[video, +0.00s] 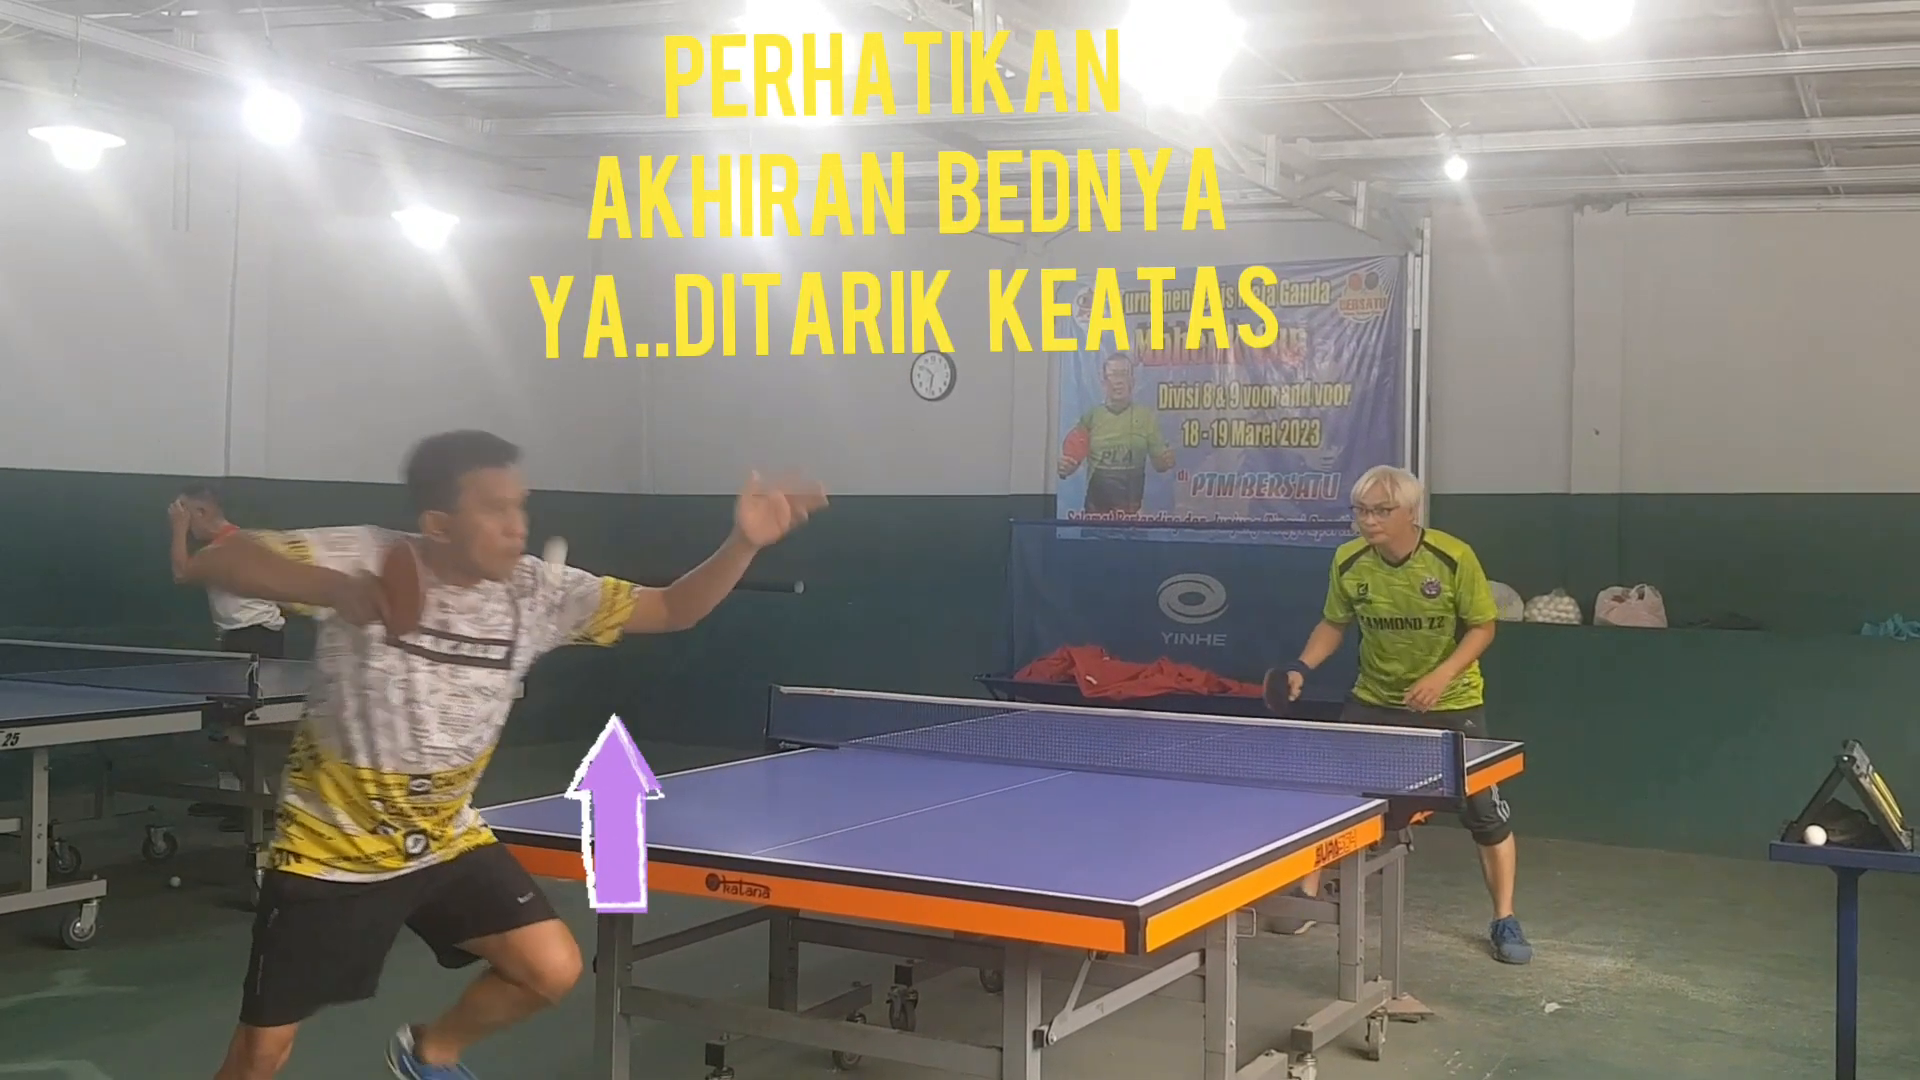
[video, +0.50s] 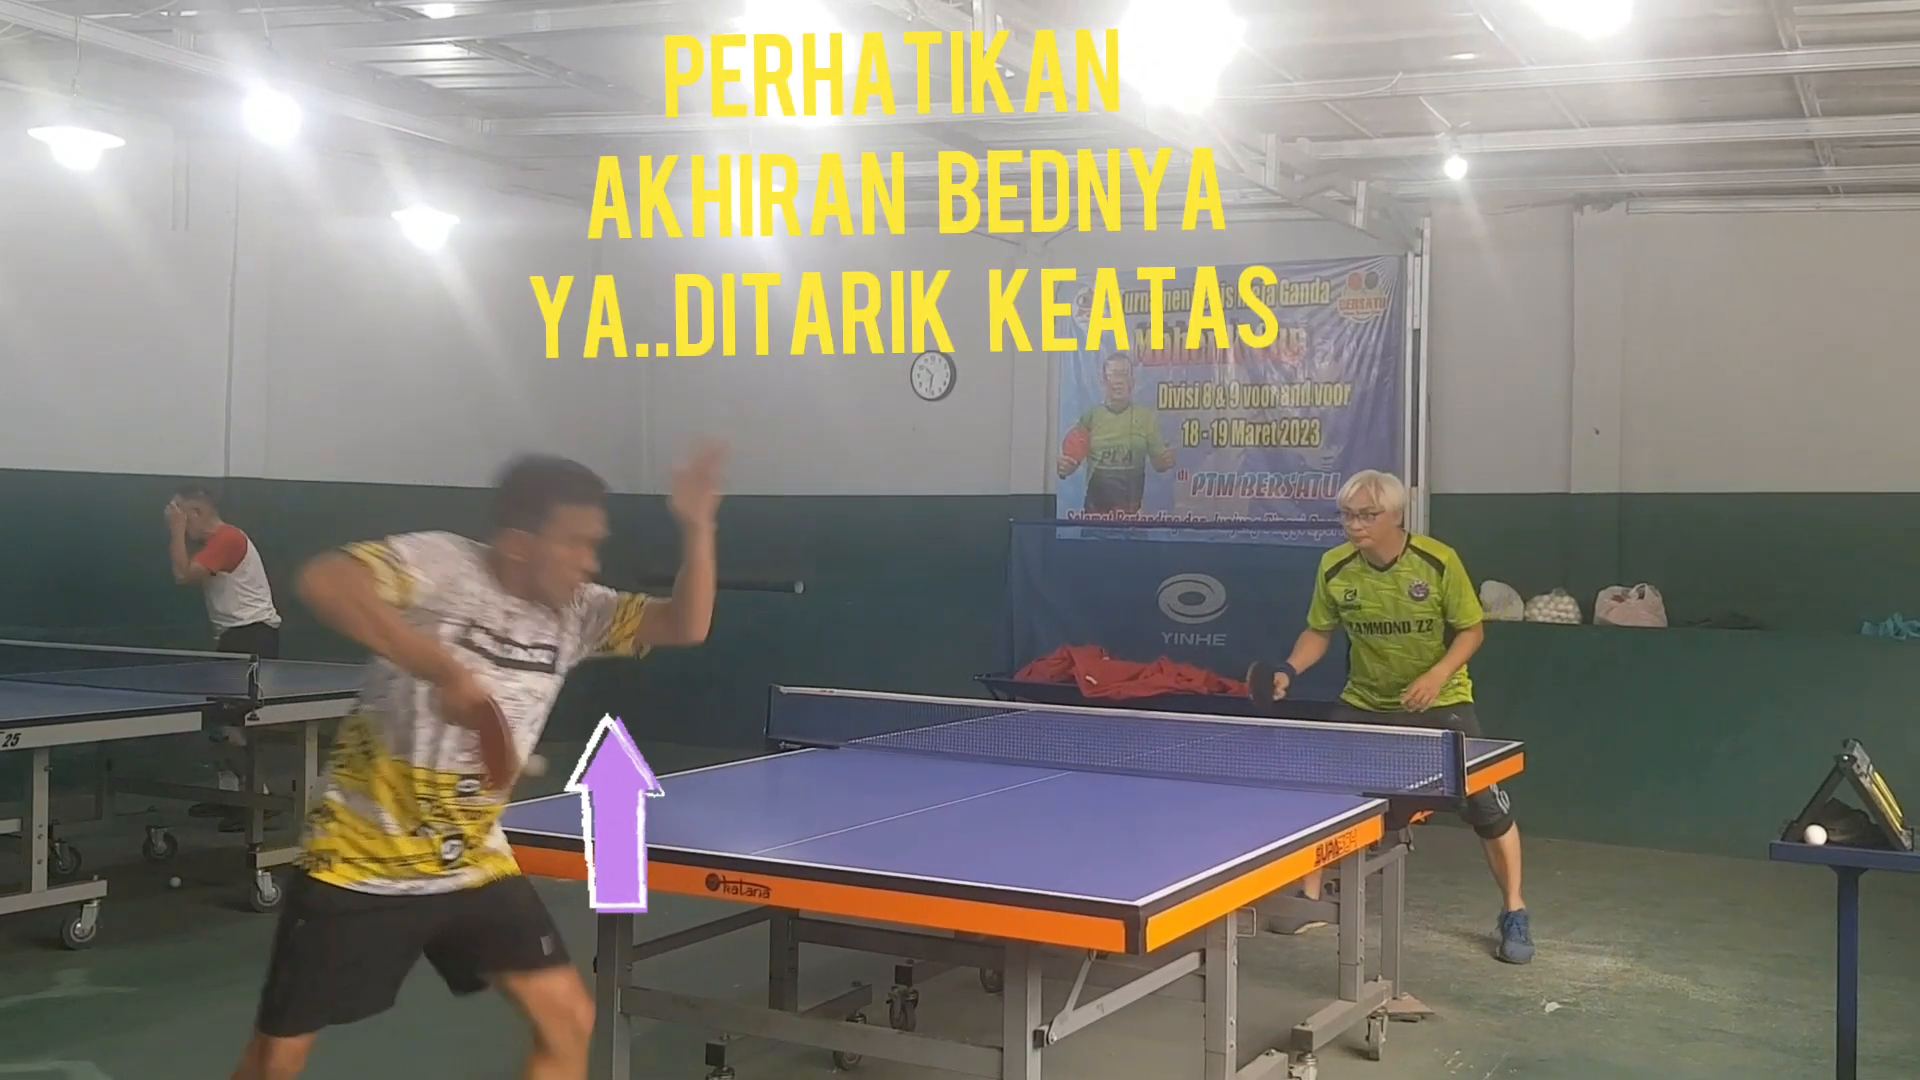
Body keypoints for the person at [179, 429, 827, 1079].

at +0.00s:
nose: (518, 527)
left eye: (520, 508)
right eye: (497, 509)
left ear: (520, 515)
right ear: (434, 518)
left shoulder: (538, 590)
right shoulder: (371, 559)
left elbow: (671, 609)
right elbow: (208, 559)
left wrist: (745, 544)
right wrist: (350, 591)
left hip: (445, 835)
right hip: (328, 842)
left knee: (551, 971)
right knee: (261, 1051)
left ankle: (429, 1052)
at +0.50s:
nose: (592, 563)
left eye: (596, 547)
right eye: (579, 545)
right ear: (518, 543)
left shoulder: (578, 612)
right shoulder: (442, 563)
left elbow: (685, 623)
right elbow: (325, 580)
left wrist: (698, 527)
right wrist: (444, 671)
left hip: (471, 855)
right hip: (358, 854)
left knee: (569, 1020)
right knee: (275, 1057)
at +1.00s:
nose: (659, 617)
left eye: (666, 600)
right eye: (654, 595)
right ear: (602, 575)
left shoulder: (612, 661)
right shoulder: (490, 591)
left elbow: (696, 690)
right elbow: (366, 662)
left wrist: (687, 566)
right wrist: (502, 616)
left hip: (502, 889)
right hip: (394, 883)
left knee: (606, 1031)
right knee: (333, 1068)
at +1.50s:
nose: (693, 641)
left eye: (698, 626)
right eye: (692, 621)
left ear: (646, 614)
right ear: (648, 612)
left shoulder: (632, 687)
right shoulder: (517, 615)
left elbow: (715, 746)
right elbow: (385, 695)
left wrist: (730, 635)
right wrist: (466, 613)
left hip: (510, 897)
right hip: (411, 886)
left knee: (618, 1035)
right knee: (383, 1072)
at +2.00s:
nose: (695, 636)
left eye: (699, 621)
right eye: (695, 619)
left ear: (653, 614)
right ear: (659, 614)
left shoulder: (640, 691)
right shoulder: (526, 619)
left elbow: (716, 761)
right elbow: (394, 707)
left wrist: (747, 672)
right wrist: (483, 657)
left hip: (508, 890)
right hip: (411, 877)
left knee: (618, 1028)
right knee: (405, 1070)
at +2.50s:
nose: (682, 622)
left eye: (684, 607)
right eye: (680, 604)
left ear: (638, 600)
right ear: (641, 598)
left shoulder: (621, 680)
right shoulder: (503, 615)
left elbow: (694, 760)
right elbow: (404, 716)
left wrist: (738, 696)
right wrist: (518, 689)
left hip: (498, 891)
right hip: (404, 879)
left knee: (607, 1026)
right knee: (407, 1070)